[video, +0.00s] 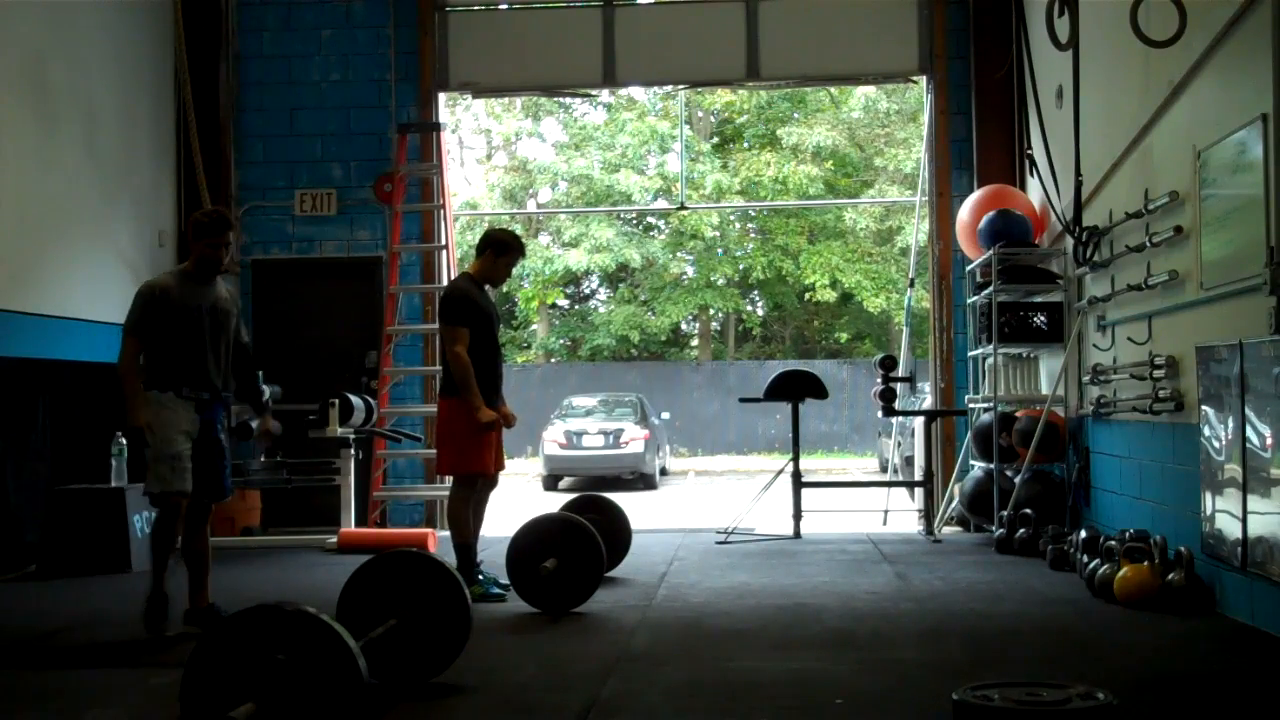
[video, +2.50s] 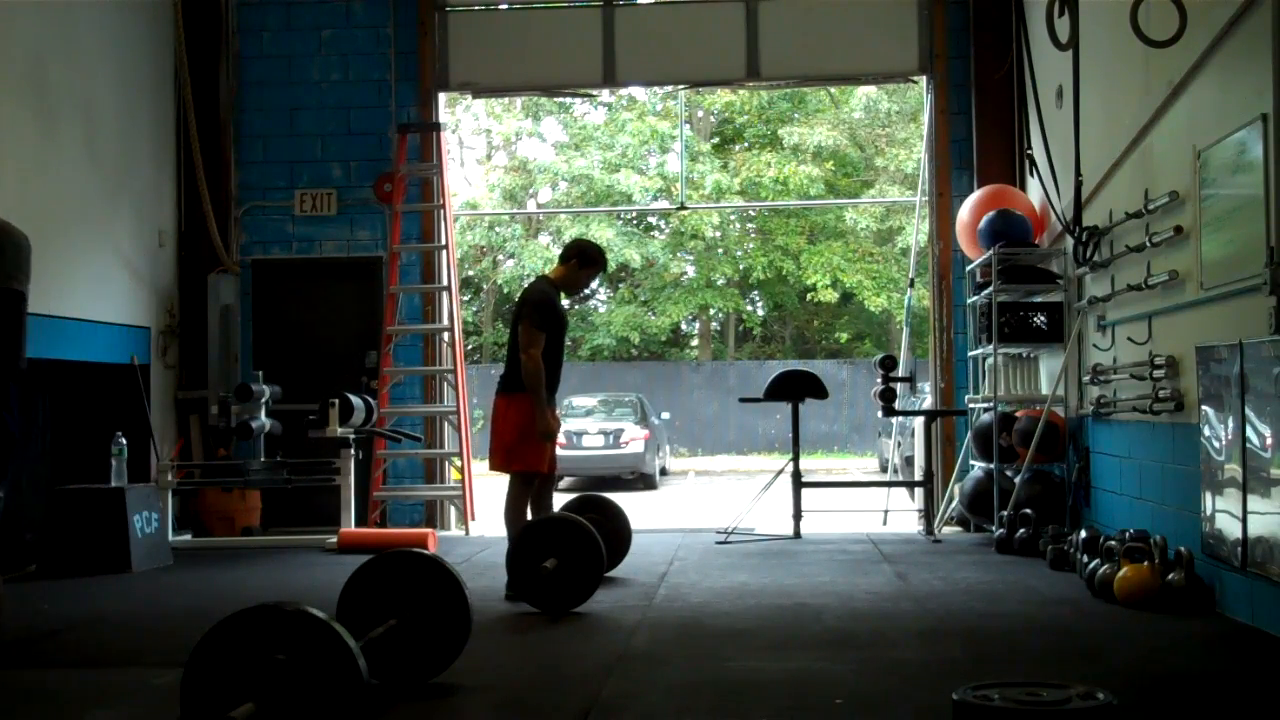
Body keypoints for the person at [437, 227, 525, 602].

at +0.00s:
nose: (509, 275)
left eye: (512, 268)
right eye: (509, 267)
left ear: (494, 258)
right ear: (490, 256)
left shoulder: (481, 294)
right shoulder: (460, 292)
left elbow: (486, 355)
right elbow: (456, 352)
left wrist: (499, 403)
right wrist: (479, 405)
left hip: (485, 406)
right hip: (464, 405)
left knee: (485, 482)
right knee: (466, 484)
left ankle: (471, 568)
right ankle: (467, 575)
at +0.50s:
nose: (520, 276)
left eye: (523, 269)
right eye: (520, 267)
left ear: (503, 258)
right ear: (502, 256)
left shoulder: (492, 294)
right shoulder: (472, 288)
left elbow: (508, 337)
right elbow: (475, 333)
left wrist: (526, 368)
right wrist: (513, 377)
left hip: (497, 401)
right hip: (474, 402)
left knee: (506, 481)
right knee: (475, 484)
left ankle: (514, 568)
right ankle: (469, 576)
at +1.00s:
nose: (548, 281)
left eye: (551, 274)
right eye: (549, 272)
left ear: (533, 260)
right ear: (533, 259)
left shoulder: (522, 300)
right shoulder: (501, 294)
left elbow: (535, 358)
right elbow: (504, 354)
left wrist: (564, 399)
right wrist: (533, 404)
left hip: (524, 401)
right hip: (504, 400)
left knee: (526, 481)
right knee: (512, 480)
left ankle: (526, 568)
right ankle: (477, 569)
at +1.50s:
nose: (566, 283)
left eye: (570, 278)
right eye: (567, 275)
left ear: (552, 263)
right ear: (552, 262)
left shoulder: (538, 299)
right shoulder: (518, 294)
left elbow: (542, 360)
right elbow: (509, 350)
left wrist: (551, 405)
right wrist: (525, 405)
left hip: (533, 401)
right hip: (516, 401)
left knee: (524, 483)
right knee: (521, 483)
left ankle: (518, 571)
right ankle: (512, 572)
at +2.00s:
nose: (573, 283)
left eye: (577, 278)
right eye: (574, 275)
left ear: (557, 260)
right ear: (558, 260)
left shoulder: (539, 296)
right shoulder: (525, 292)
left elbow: (539, 356)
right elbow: (524, 351)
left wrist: (557, 401)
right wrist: (557, 403)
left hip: (535, 401)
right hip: (524, 400)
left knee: (533, 482)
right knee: (530, 481)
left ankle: (525, 573)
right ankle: (520, 575)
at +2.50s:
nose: (586, 288)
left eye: (591, 282)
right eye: (589, 279)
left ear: (568, 262)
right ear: (574, 264)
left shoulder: (546, 296)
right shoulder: (539, 296)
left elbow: (539, 357)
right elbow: (530, 356)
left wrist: (550, 407)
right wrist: (542, 411)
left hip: (539, 404)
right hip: (525, 404)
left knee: (544, 486)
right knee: (521, 487)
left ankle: (553, 567)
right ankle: (520, 574)